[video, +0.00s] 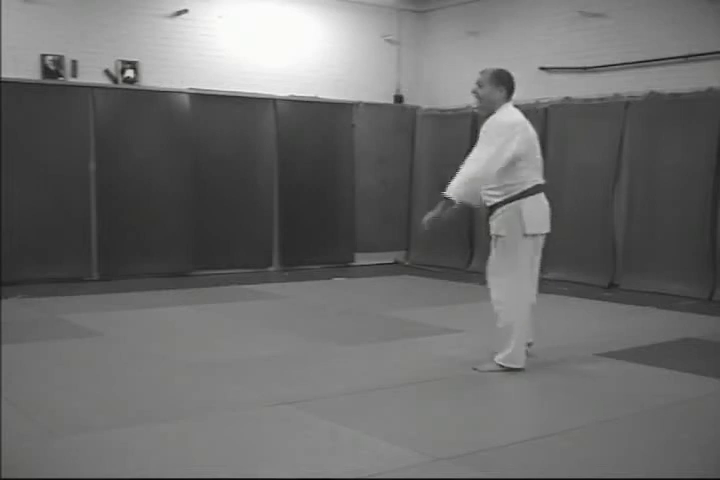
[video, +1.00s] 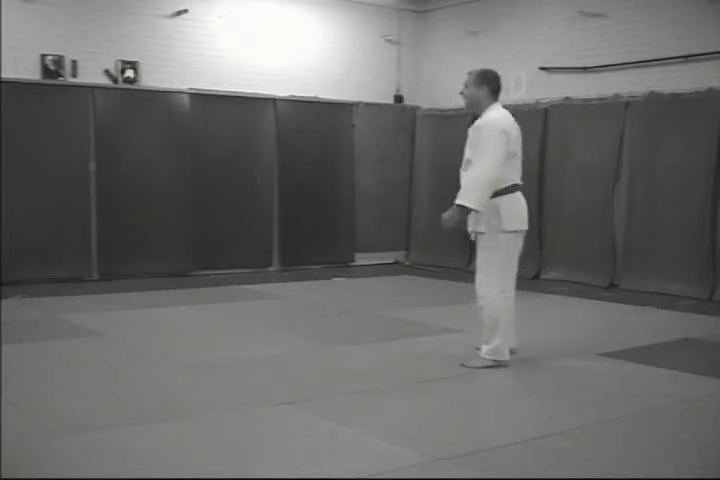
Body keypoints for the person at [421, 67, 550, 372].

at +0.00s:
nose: (474, 91)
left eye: (480, 87)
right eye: (475, 86)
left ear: (500, 92)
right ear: (500, 93)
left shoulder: (503, 123)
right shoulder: (510, 120)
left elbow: (478, 167)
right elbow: (486, 171)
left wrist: (444, 204)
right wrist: (459, 200)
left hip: (517, 213)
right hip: (525, 210)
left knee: (508, 280)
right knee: (518, 278)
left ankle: (513, 356)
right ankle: (521, 340)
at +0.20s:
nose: (467, 92)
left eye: (473, 87)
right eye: (469, 87)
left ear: (492, 92)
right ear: (493, 93)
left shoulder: (496, 126)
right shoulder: (504, 121)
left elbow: (493, 176)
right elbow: (495, 175)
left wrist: (477, 217)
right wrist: (478, 215)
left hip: (514, 214)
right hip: (516, 212)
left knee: (509, 285)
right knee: (509, 282)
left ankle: (512, 357)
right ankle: (504, 340)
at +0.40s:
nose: (464, 93)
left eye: (469, 88)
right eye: (465, 88)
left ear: (487, 93)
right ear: (488, 93)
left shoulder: (494, 125)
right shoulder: (496, 121)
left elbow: (504, 170)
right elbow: (505, 169)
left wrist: (517, 218)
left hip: (506, 213)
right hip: (509, 210)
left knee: (504, 285)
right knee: (505, 283)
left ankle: (509, 355)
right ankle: (503, 342)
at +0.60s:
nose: (460, 95)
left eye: (465, 90)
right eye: (461, 90)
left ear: (483, 93)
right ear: (484, 94)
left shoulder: (493, 125)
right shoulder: (494, 123)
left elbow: (502, 167)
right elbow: (505, 167)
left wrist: (507, 211)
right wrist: (493, 205)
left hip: (506, 213)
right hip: (507, 211)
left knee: (504, 283)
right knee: (503, 282)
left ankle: (508, 352)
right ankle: (502, 342)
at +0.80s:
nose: (460, 94)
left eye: (466, 89)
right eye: (462, 89)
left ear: (483, 93)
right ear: (485, 94)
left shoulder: (493, 125)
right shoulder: (499, 122)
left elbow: (495, 171)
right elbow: (494, 171)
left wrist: (481, 212)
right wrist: (476, 209)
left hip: (505, 212)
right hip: (511, 210)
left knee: (495, 282)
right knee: (505, 281)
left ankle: (496, 351)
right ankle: (505, 342)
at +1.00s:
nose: (462, 93)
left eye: (467, 88)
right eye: (463, 88)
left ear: (485, 91)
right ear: (488, 92)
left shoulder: (491, 124)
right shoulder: (499, 121)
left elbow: (484, 171)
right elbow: (490, 171)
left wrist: (459, 208)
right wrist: (468, 209)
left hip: (497, 211)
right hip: (504, 208)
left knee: (491, 283)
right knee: (498, 281)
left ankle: (495, 352)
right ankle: (503, 343)